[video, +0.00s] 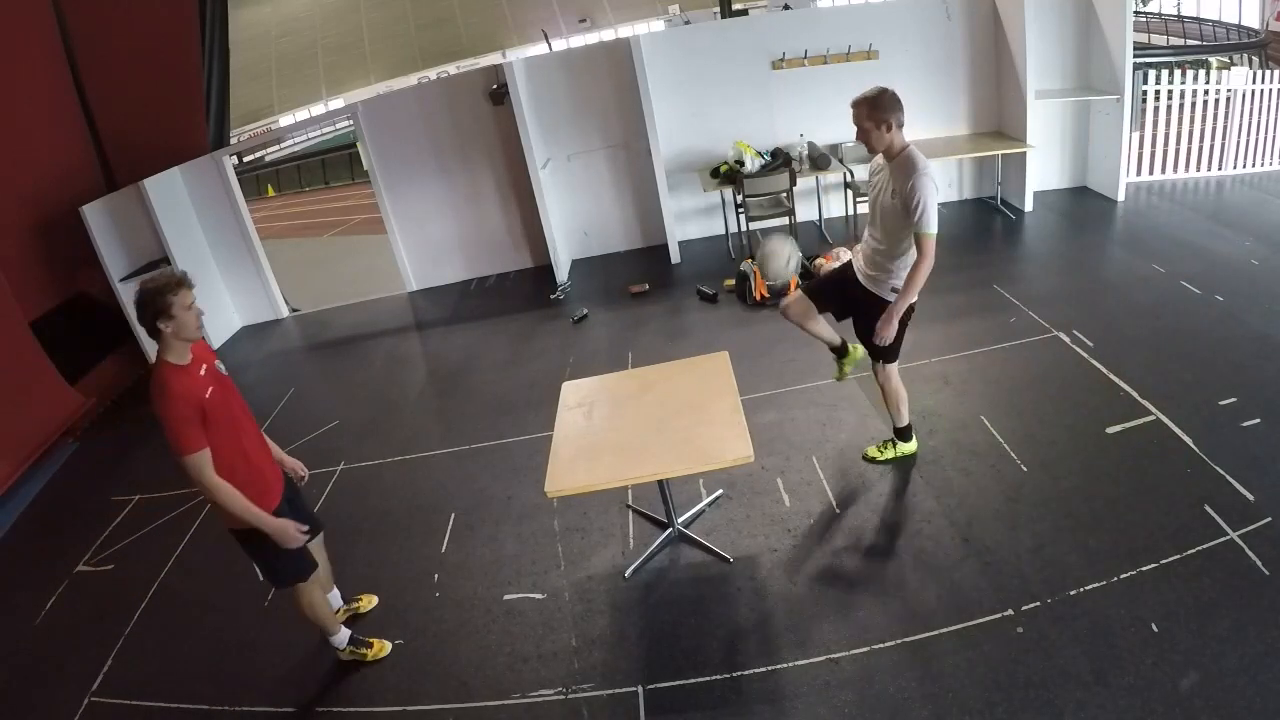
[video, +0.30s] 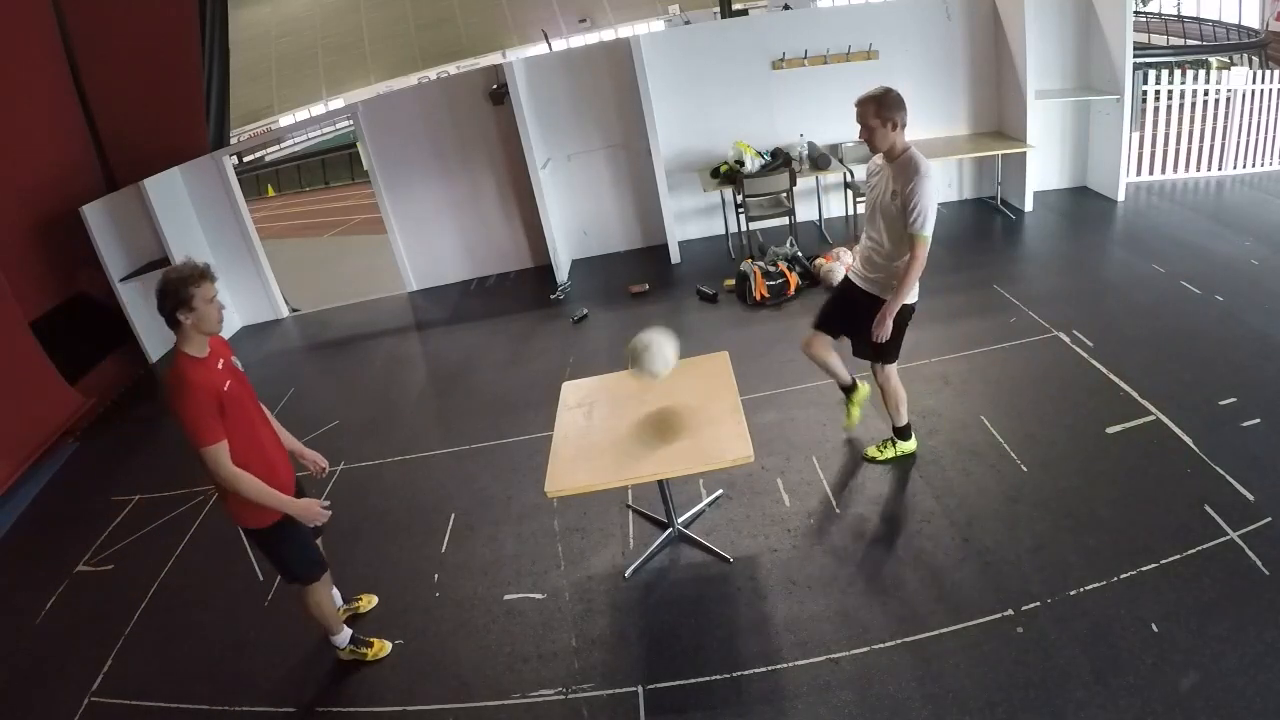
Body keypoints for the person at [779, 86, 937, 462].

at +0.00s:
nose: (857, 137)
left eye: (861, 128)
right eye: (856, 128)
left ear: (888, 125)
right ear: (887, 125)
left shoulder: (919, 180)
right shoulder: (880, 162)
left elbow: (927, 256)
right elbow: (880, 227)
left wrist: (895, 312)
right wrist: (852, 256)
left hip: (888, 292)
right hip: (857, 270)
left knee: (885, 371)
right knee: (793, 309)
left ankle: (904, 438)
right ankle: (844, 350)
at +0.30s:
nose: (861, 135)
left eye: (866, 127)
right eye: (860, 126)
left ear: (892, 125)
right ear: (883, 125)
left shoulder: (918, 177)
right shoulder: (877, 164)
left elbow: (919, 254)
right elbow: (878, 227)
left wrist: (891, 309)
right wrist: (855, 258)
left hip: (892, 294)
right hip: (859, 279)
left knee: (883, 369)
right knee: (815, 345)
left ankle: (903, 438)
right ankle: (853, 388)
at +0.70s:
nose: (860, 137)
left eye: (865, 129)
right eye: (857, 129)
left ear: (892, 127)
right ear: (877, 129)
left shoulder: (925, 175)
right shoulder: (871, 172)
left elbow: (951, 246)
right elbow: (866, 224)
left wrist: (929, 306)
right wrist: (835, 260)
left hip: (922, 289)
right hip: (888, 282)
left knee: (902, 377)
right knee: (877, 355)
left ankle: (939, 454)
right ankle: (882, 412)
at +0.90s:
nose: (883, 141)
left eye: (889, 134)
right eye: (882, 133)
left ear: (917, 134)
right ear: (904, 135)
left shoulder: (950, 187)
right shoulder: (898, 180)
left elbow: (969, 260)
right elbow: (893, 231)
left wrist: (939, 314)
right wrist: (870, 279)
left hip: (947, 304)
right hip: (908, 292)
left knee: (957, 391)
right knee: (887, 358)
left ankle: (1009, 459)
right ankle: (882, 411)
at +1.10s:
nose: (912, 147)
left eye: (919, 139)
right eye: (910, 138)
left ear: (948, 142)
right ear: (924, 140)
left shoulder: (981, 195)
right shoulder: (922, 186)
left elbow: (998, 274)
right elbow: (930, 247)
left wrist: (963, 329)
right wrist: (931, 293)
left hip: (982, 308)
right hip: (941, 297)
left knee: (988, 394)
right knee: (915, 361)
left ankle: (1013, 464)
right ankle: (897, 417)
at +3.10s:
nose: (912, 177)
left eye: (915, 167)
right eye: (909, 167)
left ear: (946, 159)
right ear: (939, 161)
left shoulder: (991, 219)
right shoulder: (939, 201)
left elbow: (1008, 314)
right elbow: (937, 274)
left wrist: (973, 383)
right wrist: (919, 329)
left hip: (972, 355)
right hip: (937, 339)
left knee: (962, 442)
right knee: (923, 410)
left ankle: (967, 512)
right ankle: (935, 461)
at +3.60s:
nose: (935, 181)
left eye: (941, 171)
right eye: (932, 170)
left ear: (974, 166)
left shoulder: (1017, 225)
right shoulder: (943, 209)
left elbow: (1038, 318)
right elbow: (935, 279)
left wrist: (1036, 395)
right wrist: (915, 337)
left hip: (976, 365)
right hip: (931, 348)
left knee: (961, 451)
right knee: (894, 441)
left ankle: (966, 516)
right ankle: (894, 517)